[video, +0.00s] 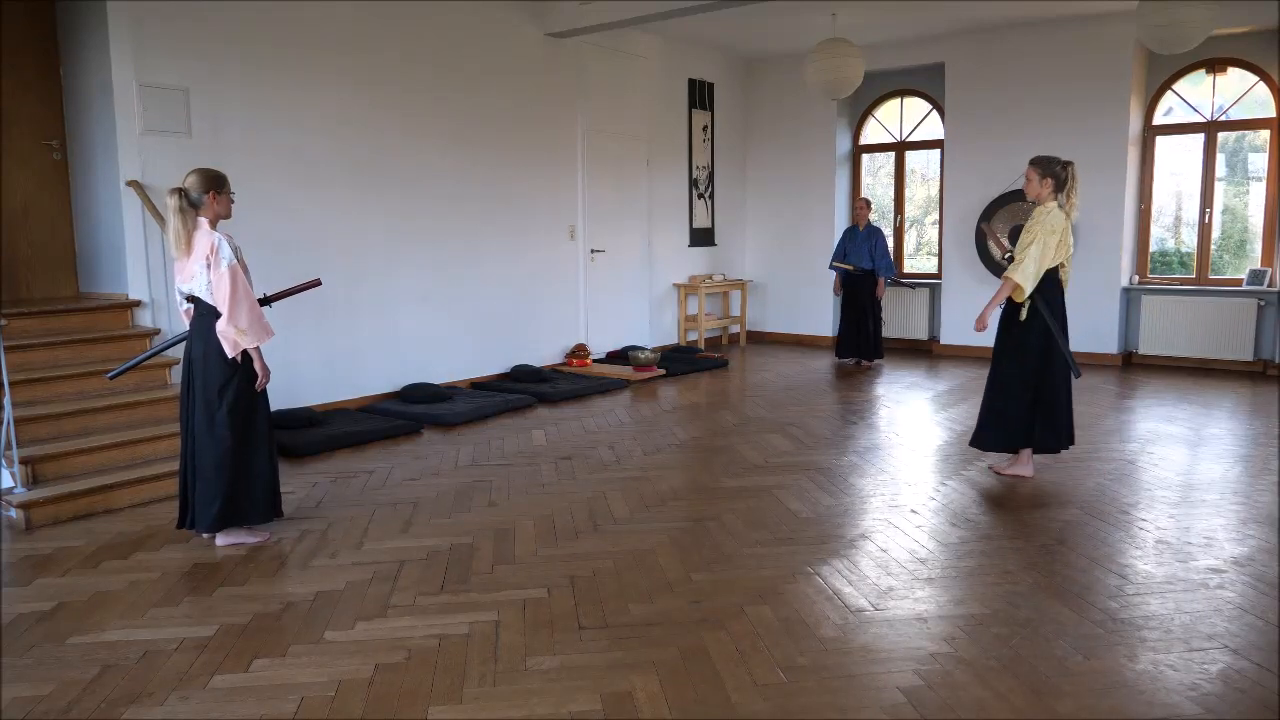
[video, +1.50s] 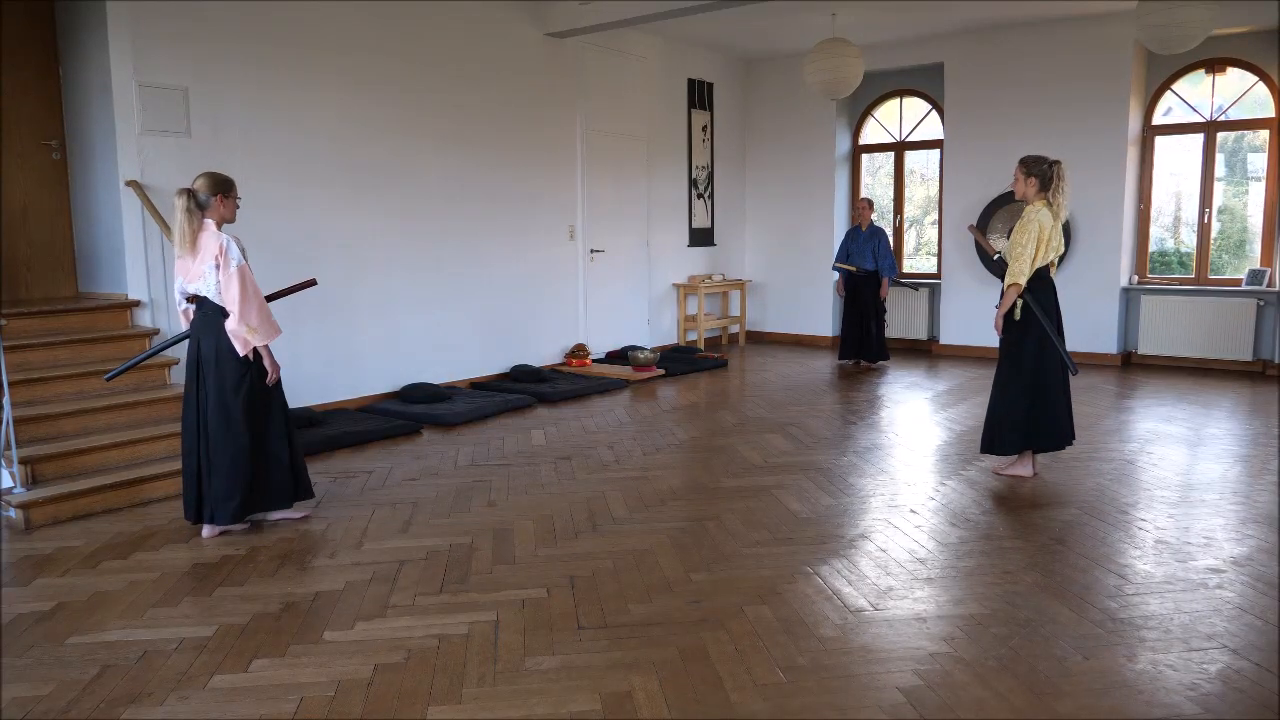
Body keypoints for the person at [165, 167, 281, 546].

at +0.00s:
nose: (233, 200)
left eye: (231, 194)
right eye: (229, 194)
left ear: (203, 199)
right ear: (212, 198)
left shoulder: (185, 241)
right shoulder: (218, 242)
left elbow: (186, 304)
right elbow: (235, 304)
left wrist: (207, 330)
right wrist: (255, 352)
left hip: (200, 343)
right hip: (225, 344)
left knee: (210, 432)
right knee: (233, 433)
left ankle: (212, 521)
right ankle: (231, 526)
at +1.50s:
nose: (237, 206)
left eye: (236, 199)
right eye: (234, 200)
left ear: (203, 202)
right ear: (219, 202)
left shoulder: (186, 245)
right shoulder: (224, 244)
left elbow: (185, 303)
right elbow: (242, 304)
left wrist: (201, 334)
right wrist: (264, 349)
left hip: (201, 340)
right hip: (232, 339)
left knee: (213, 425)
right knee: (260, 415)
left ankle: (216, 515)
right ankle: (276, 502)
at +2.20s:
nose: (297, 205)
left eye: (295, 199)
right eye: (294, 199)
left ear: (264, 202)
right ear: (281, 202)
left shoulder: (246, 244)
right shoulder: (290, 240)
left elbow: (247, 300)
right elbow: (306, 297)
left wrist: (264, 325)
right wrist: (324, 340)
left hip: (262, 330)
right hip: (292, 331)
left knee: (261, 411)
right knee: (305, 410)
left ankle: (232, 494)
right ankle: (309, 491)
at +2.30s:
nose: (305, 204)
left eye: (304, 199)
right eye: (302, 199)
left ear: (275, 201)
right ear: (289, 201)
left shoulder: (254, 244)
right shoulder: (298, 240)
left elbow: (256, 298)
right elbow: (314, 297)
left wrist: (273, 324)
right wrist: (333, 339)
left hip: (272, 330)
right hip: (302, 330)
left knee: (275, 406)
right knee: (309, 408)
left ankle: (254, 486)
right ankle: (305, 493)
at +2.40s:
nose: (313, 205)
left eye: (312, 199)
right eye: (311, 199)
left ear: (284, 201)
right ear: (297, 200)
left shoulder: (263, 243)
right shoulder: (306, 239)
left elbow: (265, 298)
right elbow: (321, 294)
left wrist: (284, 323)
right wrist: (339, 337)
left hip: (281, 330)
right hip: (309, 329)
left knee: (295, 406)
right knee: (315, 408)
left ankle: (301, 489)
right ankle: (311, 493)